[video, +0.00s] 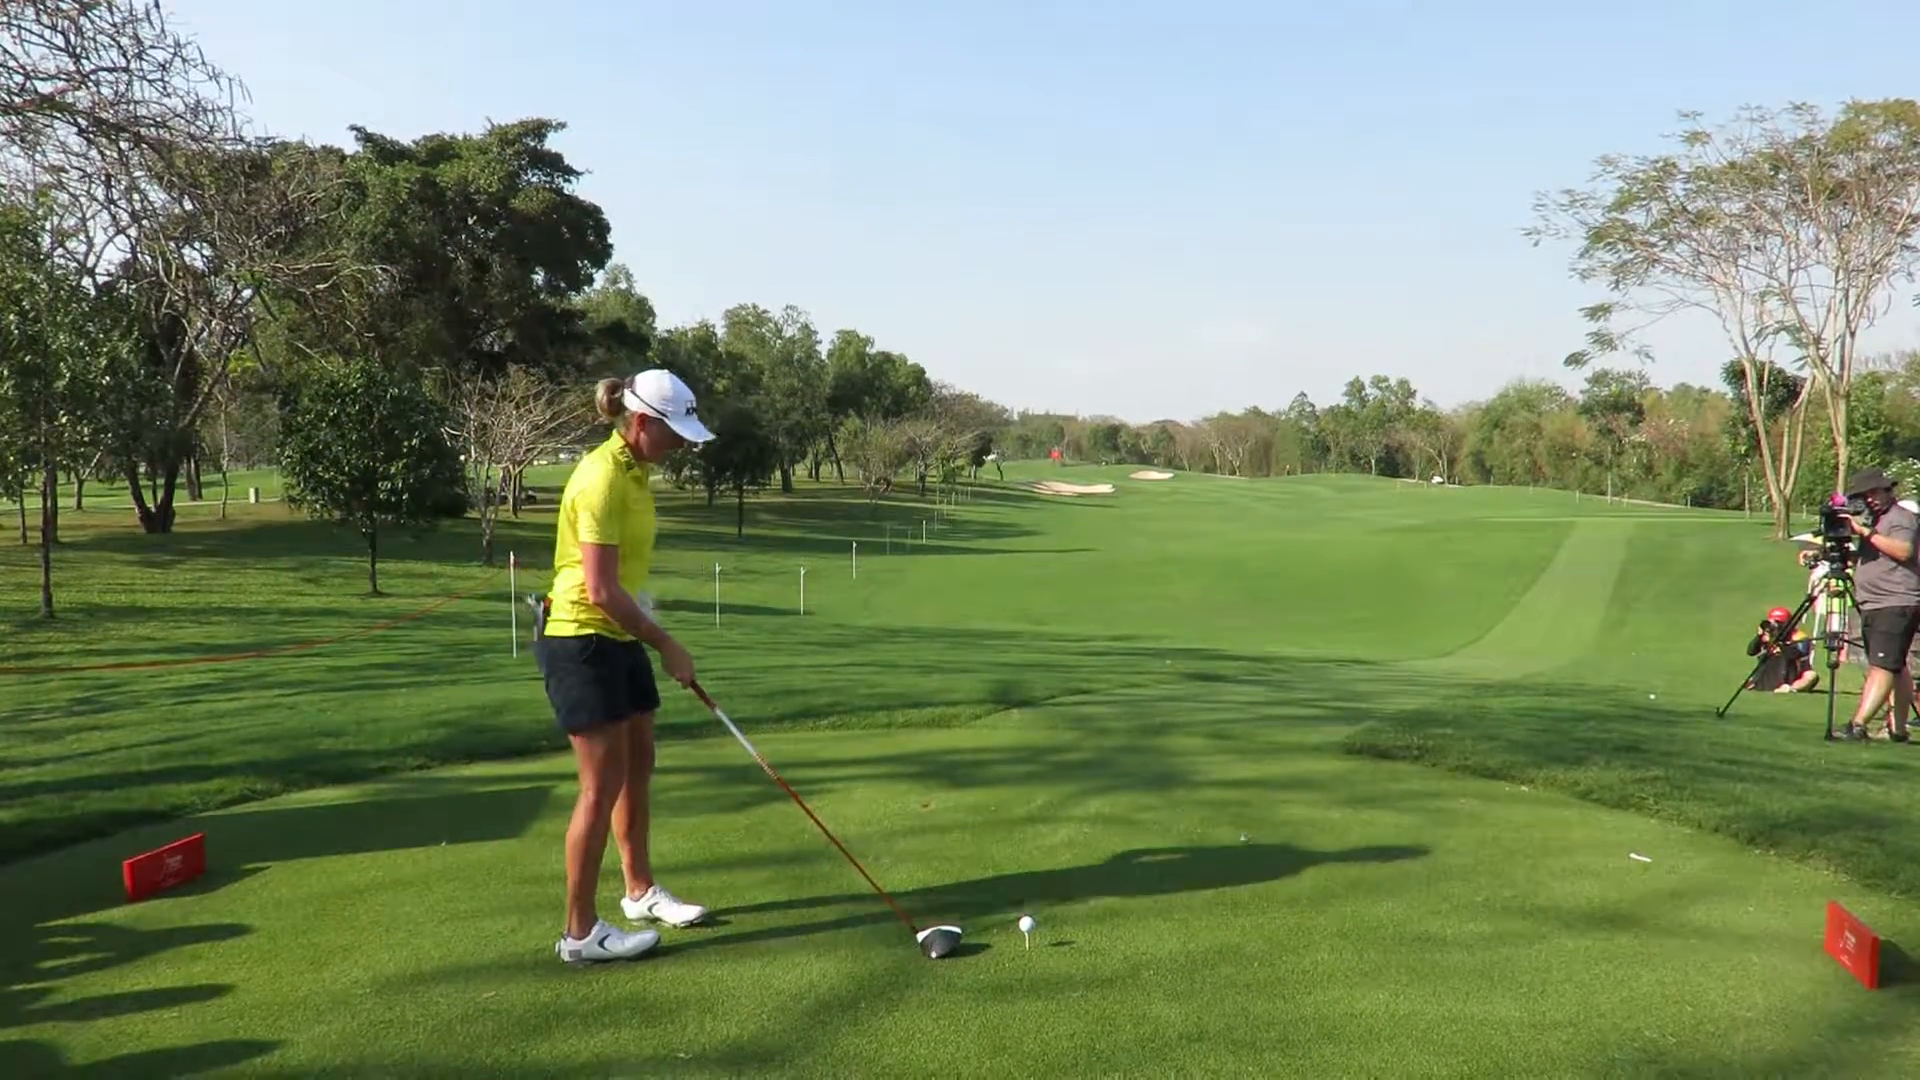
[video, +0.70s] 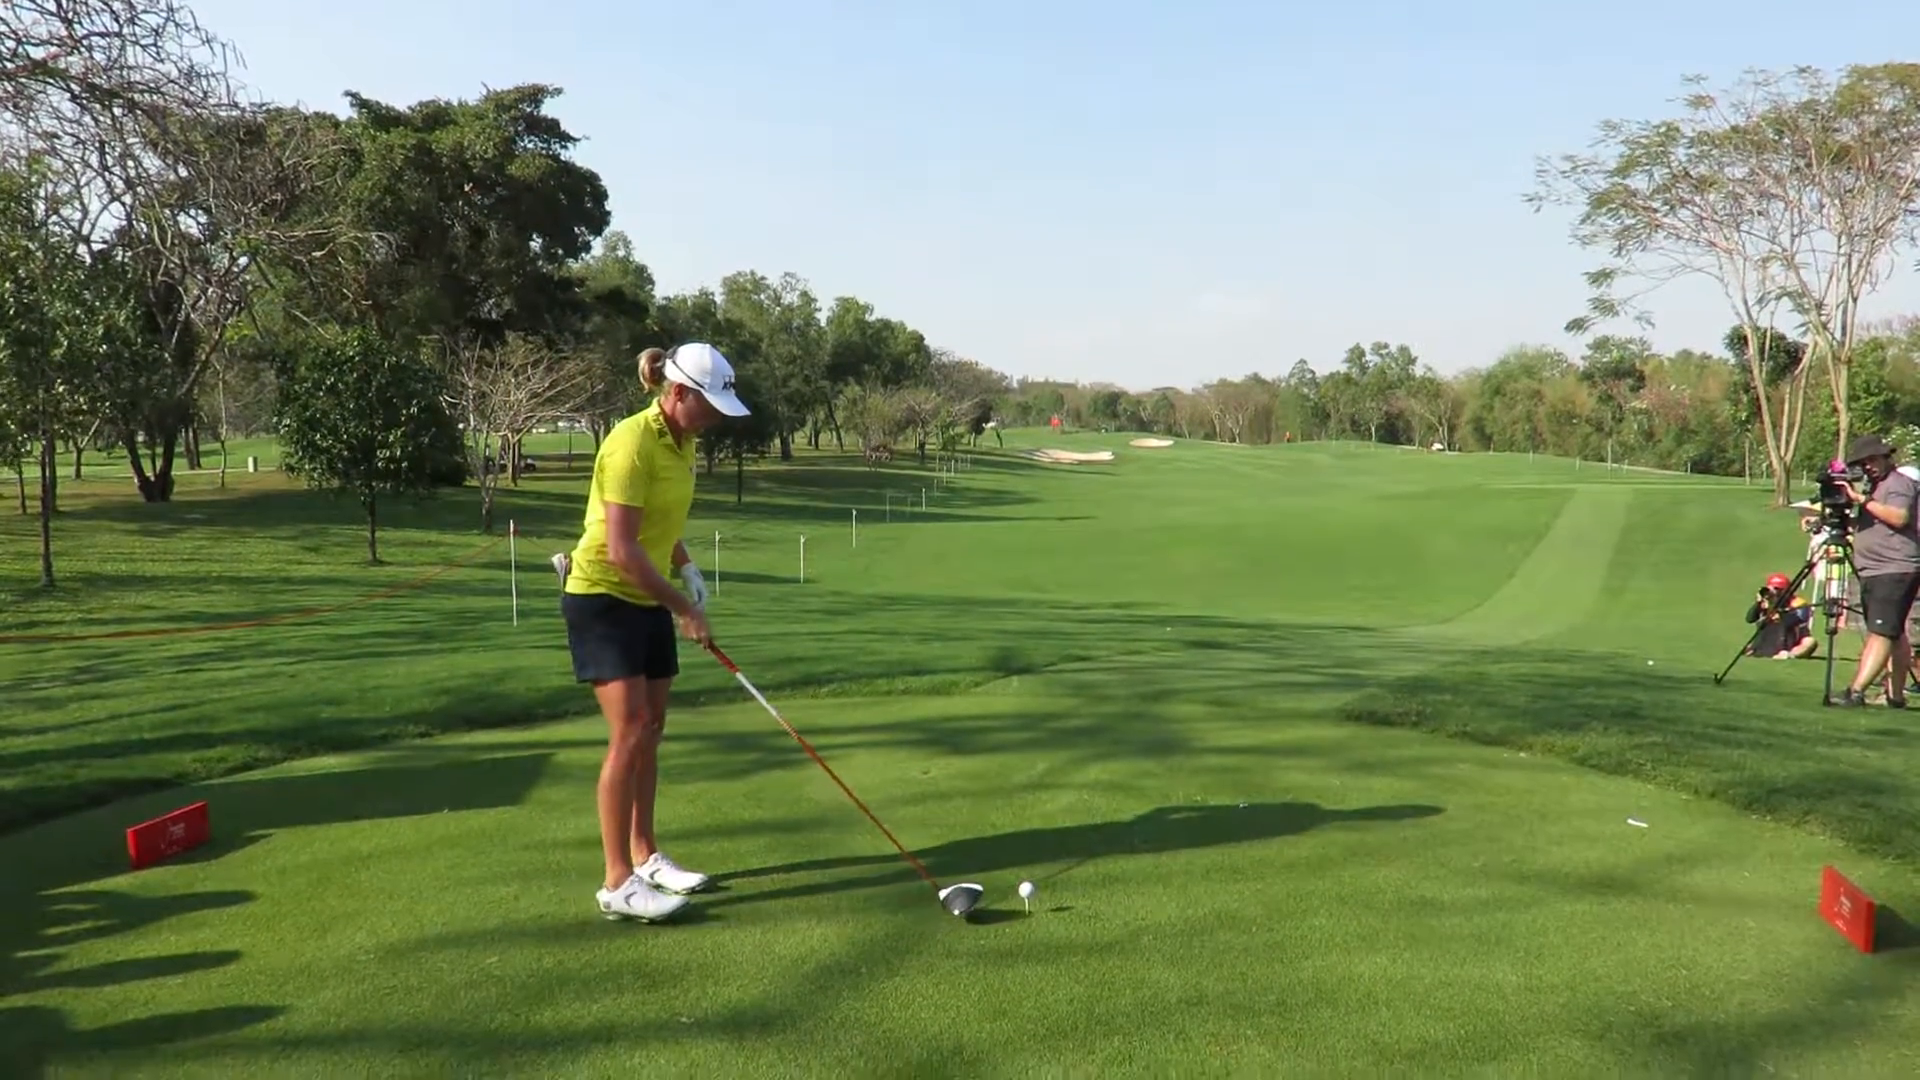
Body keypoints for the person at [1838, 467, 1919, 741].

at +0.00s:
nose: (1868, 502)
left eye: (1872, 495)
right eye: (1864, 497)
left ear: (1886, 492)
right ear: (1864, 499)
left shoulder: (1902, 517)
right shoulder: (1874, 521)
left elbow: (1904, 551)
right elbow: (1864, 558)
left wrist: (1865, 532)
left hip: (1897, 602)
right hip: (1873, 603)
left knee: (1883, 664)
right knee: (1893, 667)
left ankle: (1858, 724)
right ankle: (1898, 727)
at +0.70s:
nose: (1867, 469)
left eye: (1871, 462)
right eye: (1863, 464)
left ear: (1886, 459)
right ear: (1862, 465)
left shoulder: (1899, 483)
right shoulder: (1876, 488)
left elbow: (1899, 517)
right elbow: (1867, 524)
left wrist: (1862, 501)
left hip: (1896, 569)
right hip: (1874, 570)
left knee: (1881, 631)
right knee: (1893, 634)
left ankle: (1855, 691)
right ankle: (1896, 695)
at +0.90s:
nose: (1867, 464)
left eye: (1871, 457)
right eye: (1864, 459)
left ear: (1885, 454)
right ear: (1864, 461)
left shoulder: (1900, 478)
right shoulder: (1877, 482)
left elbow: (1898, 513)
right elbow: (1866, 519)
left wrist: (1861, 495)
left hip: (1895, 565)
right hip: (1876, 565)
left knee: (1880, 625)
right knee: (1894, 629)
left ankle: (1856, 687)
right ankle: (1897, 690)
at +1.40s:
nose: (1866, 454)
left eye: (1870, 447)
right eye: (1863, 449)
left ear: (1885, 444)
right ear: (1863, 451)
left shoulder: (1899, 469)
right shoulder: (1877, 472)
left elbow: (1895, 504)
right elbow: (1864, 508)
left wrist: (1857, 486)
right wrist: (1845, 484)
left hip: (1892, 553)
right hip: (1874, 553)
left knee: (1870, 612)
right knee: (1893, 618)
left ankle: (1855, 677)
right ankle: (1895, 680)